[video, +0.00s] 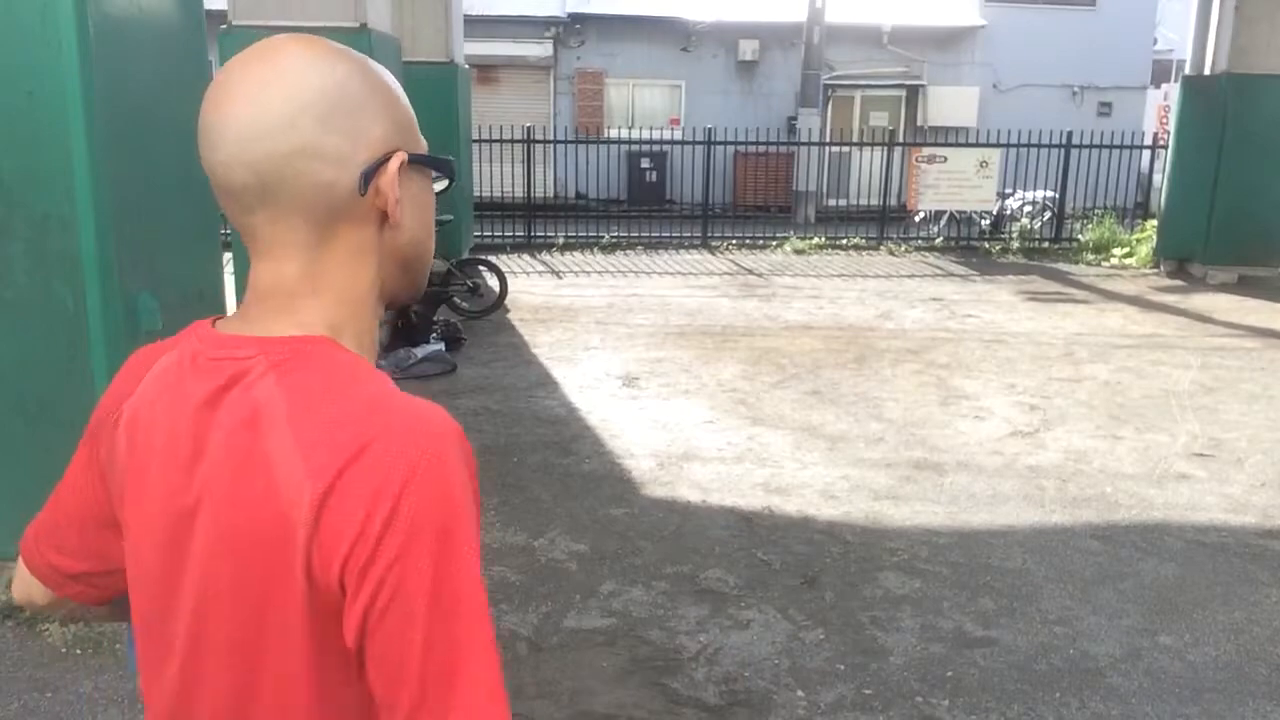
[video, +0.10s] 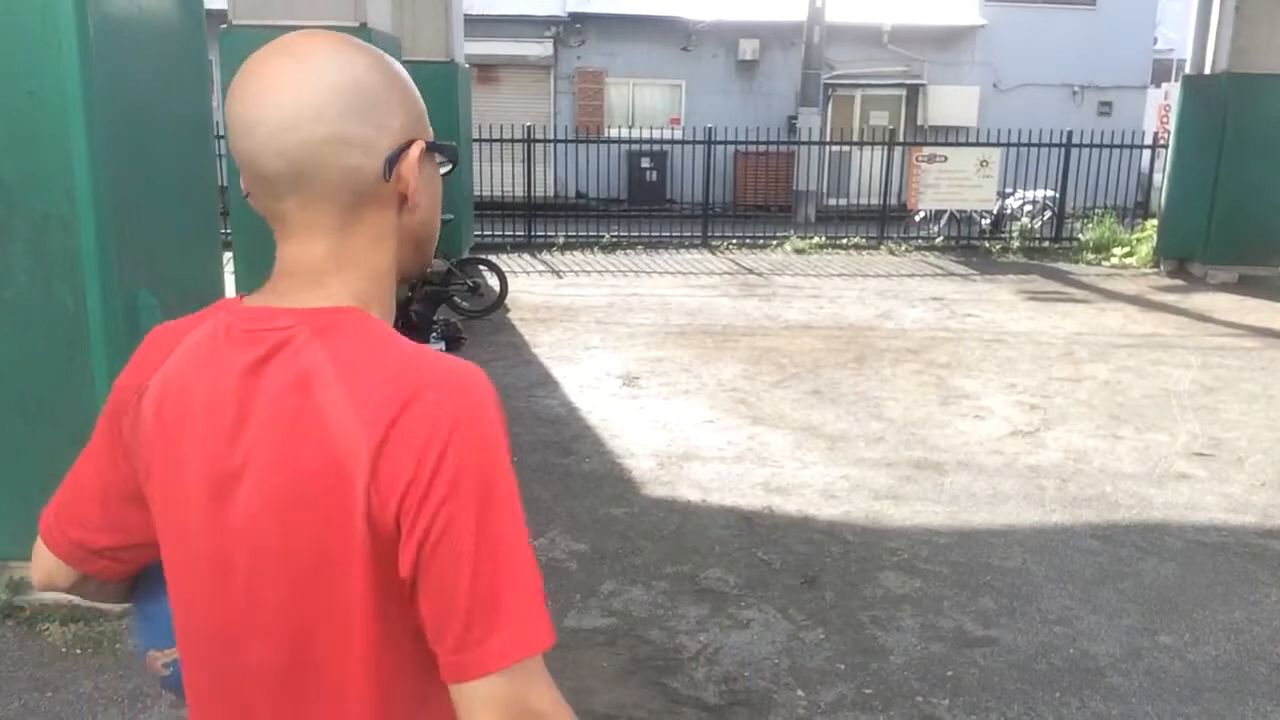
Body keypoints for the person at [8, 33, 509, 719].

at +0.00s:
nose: (432, 200)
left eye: (431, 173)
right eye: (428, 173)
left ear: (236, 211)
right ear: (390, 192)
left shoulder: (149, 380)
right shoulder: (401, 449)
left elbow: (42, 582)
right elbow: (452, 706)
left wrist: (219, 576)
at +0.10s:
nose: (437, 178)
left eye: (434, 153)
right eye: (433, 153)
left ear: (251, 189)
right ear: (405, 176)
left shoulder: (166, 361)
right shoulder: (436, 400)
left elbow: (58, 568)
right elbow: (502, 695)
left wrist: (211, 545)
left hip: (218, 709)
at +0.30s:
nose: (462, 173)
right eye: (460, 156)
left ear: (299, 192)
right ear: (448, 173)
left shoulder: (217, 350)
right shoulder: (499, 358)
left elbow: (105, 549)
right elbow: (558, 641)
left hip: (269, 704)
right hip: (468, 708)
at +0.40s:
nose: (494, 172)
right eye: (491, 156)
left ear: (335, 191)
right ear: (480, 176)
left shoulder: (256, 345)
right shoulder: (532, 348)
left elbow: (143, 540)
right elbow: (596, 601)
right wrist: (670, 713)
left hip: (316, 706)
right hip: (503, 708)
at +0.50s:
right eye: (519, 162)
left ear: (376, 196)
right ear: (511, 184)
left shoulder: (302, 336)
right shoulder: (561, 345)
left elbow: (181, 526)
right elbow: (628, 573)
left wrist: (211, 571)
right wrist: (708, 699)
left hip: (352, 704)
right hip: (527, 704)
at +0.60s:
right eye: (554, 165)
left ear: (417, 199)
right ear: (546, 185)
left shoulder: (350, 326)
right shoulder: (593, 342)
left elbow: (221, 497)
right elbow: (649, 547)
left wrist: (213, 566)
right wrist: (715, 663)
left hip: (391, 699)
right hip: (552, 699)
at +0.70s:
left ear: (449, 186)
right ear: (566, 174)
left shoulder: (382, 297)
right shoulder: (613, 311)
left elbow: (244, 444)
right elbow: (658, 502)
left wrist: (226, 534)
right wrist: (686, 587)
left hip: (428, 653)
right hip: (565, 653)